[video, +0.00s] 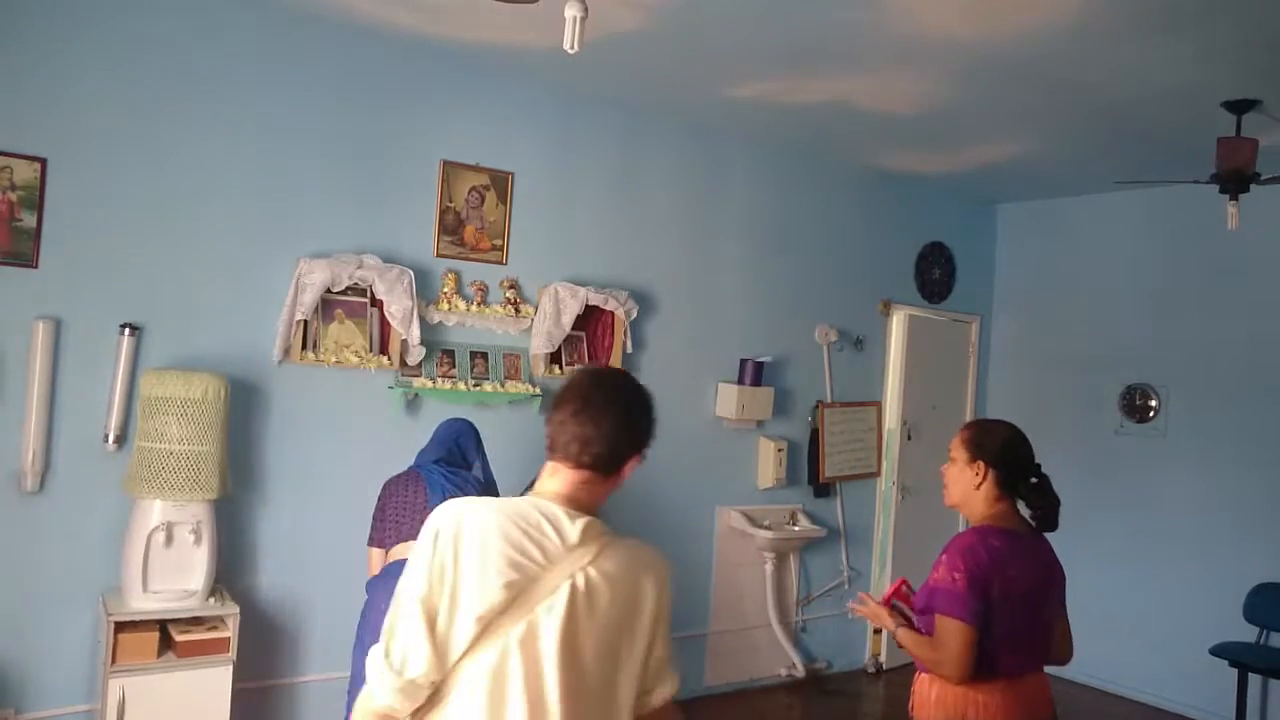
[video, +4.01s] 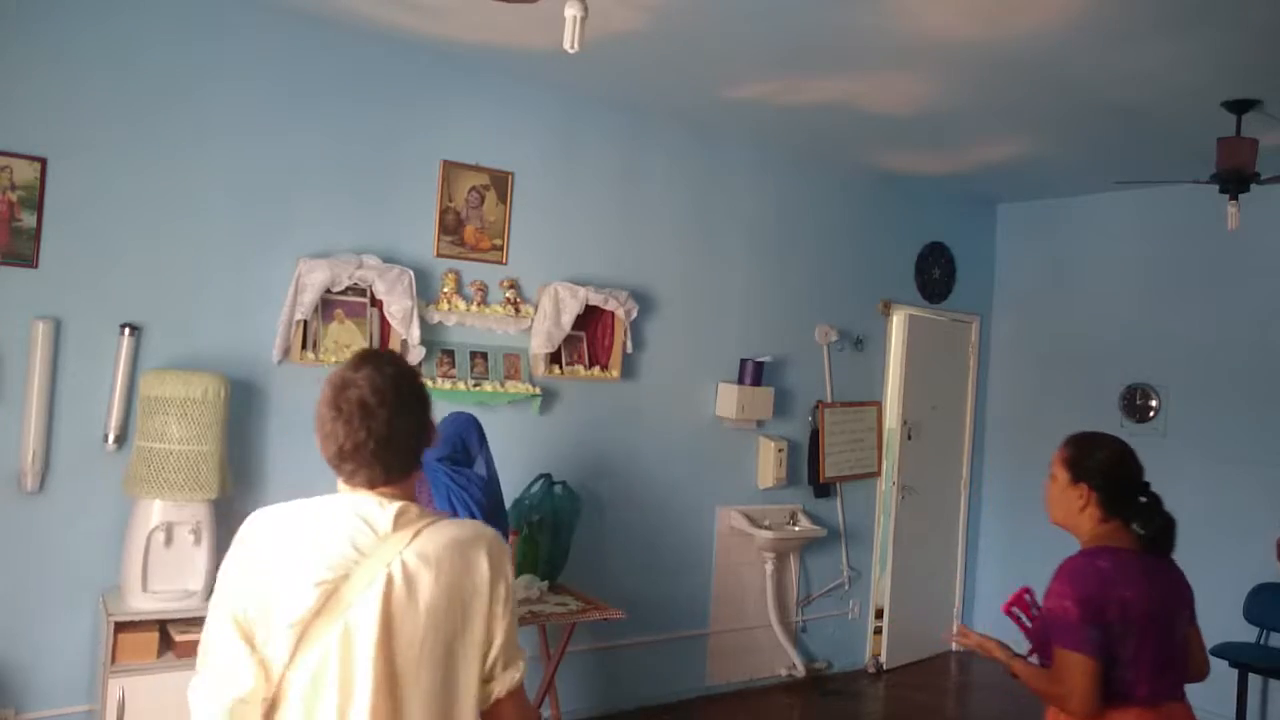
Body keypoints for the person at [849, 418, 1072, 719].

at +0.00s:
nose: (942, 471)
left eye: (951, 461)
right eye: (947, 461)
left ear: (978, 473)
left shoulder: (965, 550)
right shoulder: (1040, 547)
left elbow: (953, 665)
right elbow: (1060, 650)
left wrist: (895, 626)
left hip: (962, 701)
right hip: (1028, 695)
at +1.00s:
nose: (936, 482)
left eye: (939, 473)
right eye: (937, 472)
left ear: (962, 488)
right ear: (1008, 481)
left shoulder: (941, 561)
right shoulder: (1054, 559)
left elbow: (923, 678)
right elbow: (1085, 660)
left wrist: (891, 633)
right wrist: (1016, 649)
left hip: (958, 706)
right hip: (1037, 705)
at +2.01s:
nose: (966, 466)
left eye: (975, 459)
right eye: (971, 457)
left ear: (1003, 477)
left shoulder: (994, 551)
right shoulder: (1053, 544)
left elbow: (982, 661)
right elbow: (1068, 639)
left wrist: (916, 622)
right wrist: (954, 619)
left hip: (989, 696)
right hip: (1045, 686)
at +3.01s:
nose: (966, 482)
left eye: (971, 471)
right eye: (969, 470)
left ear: (995, 484)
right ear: (1041, 482)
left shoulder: (973, 564)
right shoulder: (1081, 565)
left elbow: (962, 686)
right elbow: (1114, 666)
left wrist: (910, 646)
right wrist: (1041, 666)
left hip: (989, 709)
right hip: (1069, 709)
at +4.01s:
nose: (1046, 488)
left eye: (1052, 478)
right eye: (1049, 477)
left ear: (1082, 495)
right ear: (1125, 494)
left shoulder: (1079, 576)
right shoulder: (1164, 568)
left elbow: (1078, 701)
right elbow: (1196, 666)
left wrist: (1007, 658)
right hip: (1176, 711)